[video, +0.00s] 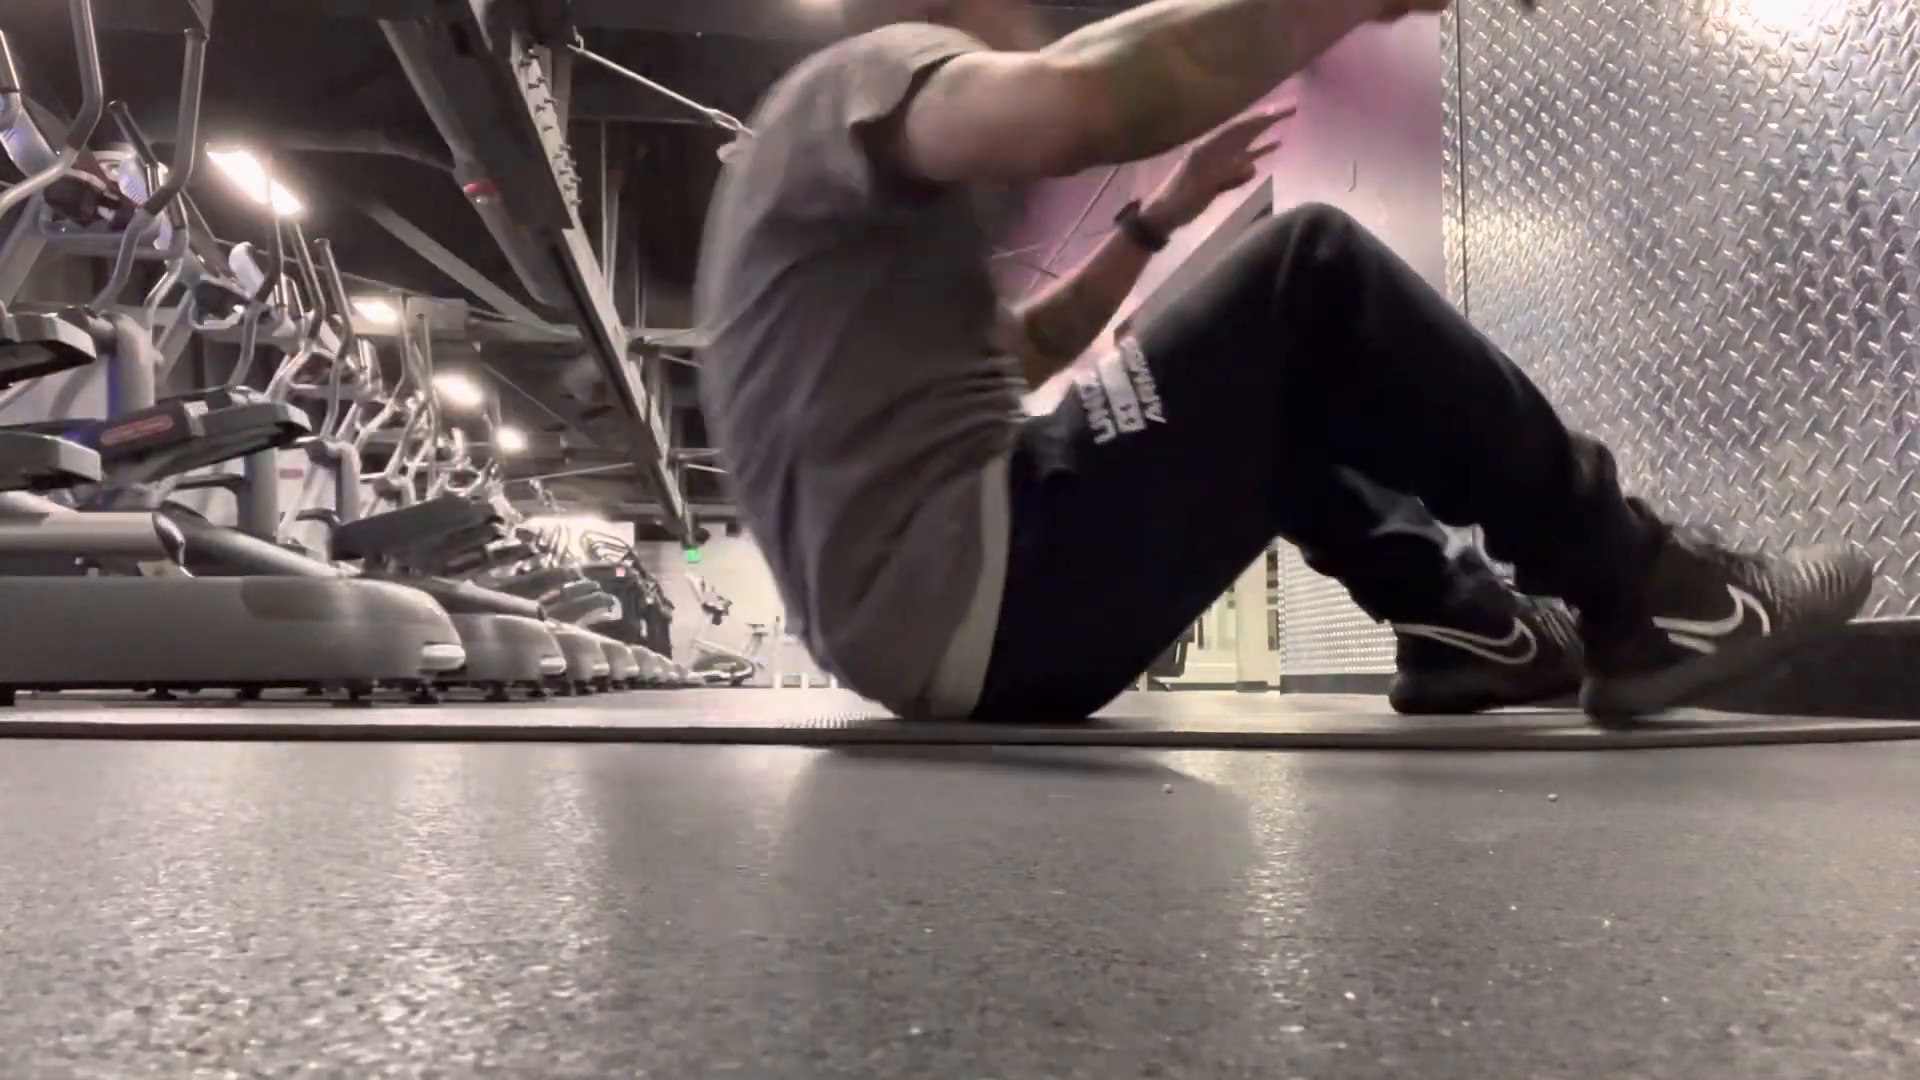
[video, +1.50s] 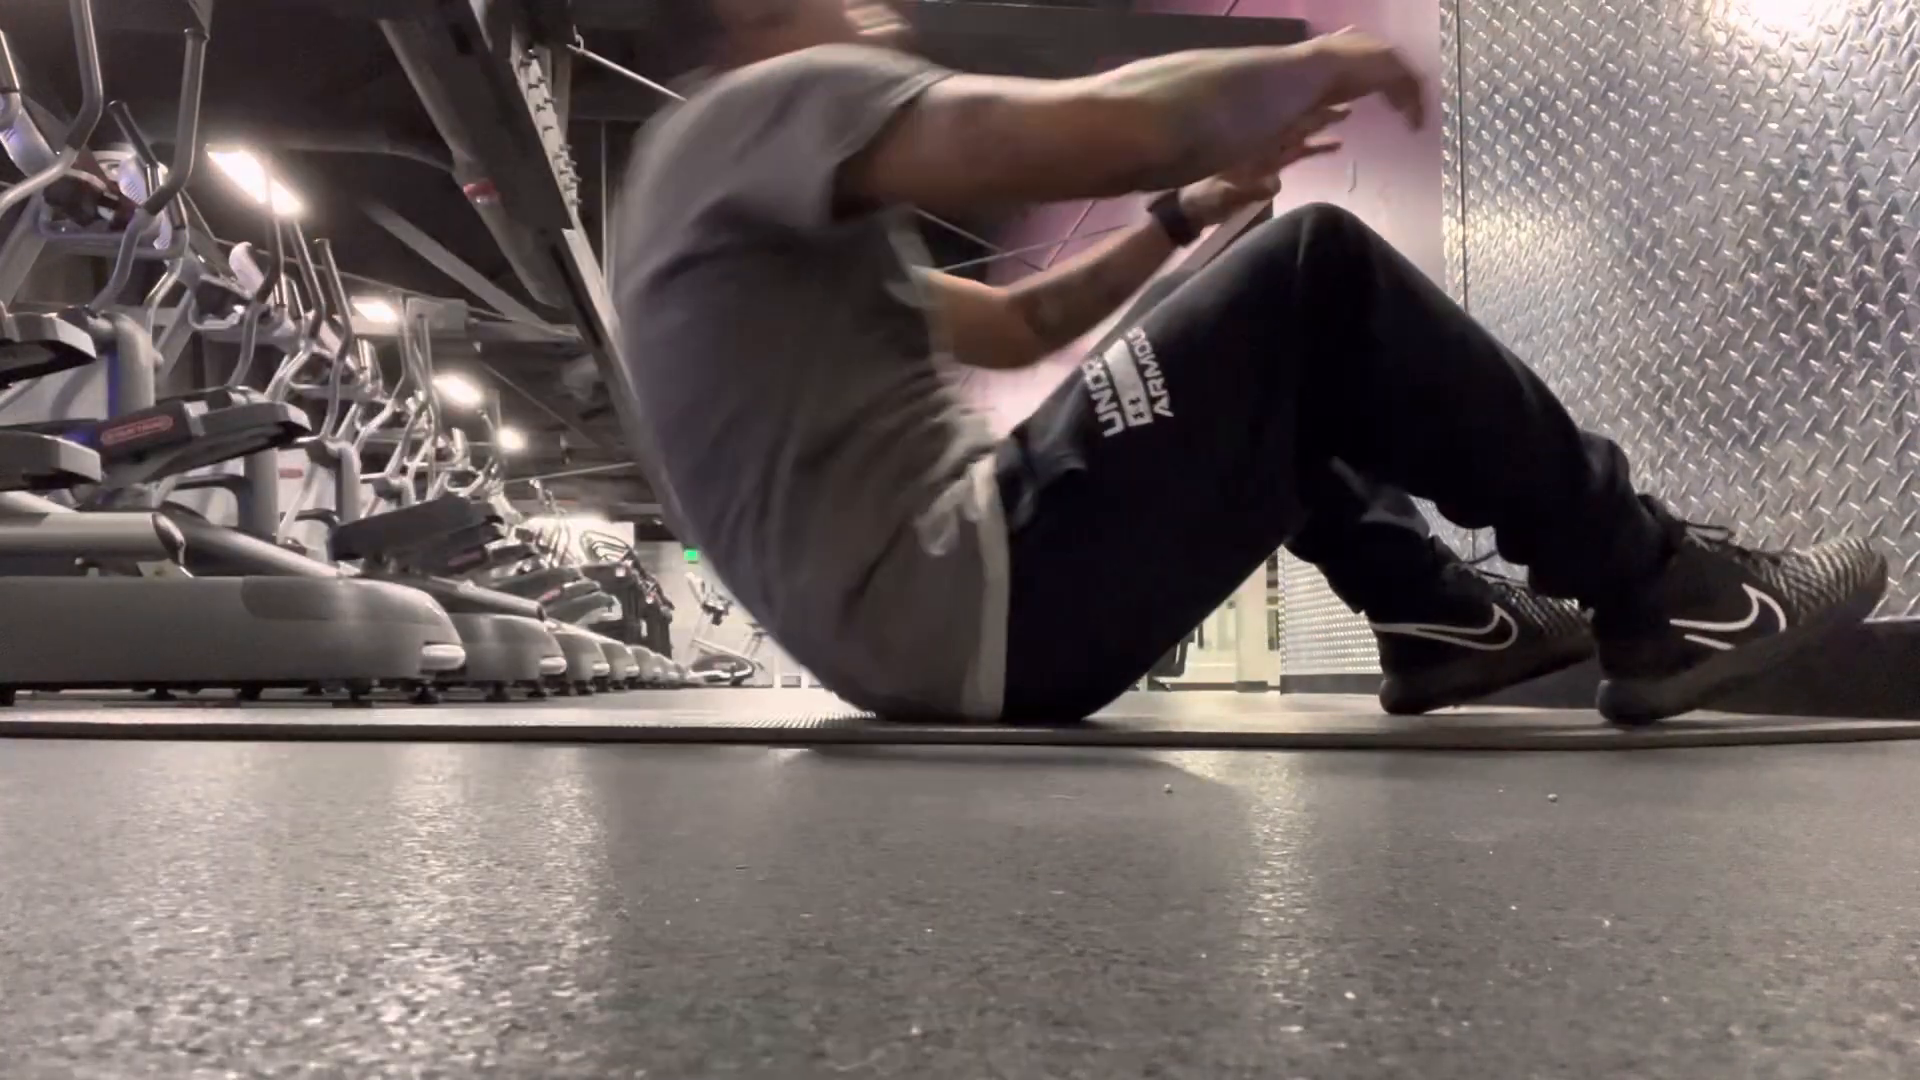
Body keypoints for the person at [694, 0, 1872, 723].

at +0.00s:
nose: (1049, 66)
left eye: (1056, 52)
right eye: (1043, 49)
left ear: (918, 23)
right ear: (981, 18)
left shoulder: (848, 171)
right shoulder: (852, 86)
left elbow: (1007, 381)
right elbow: (1100, 95)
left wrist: (1152, 224)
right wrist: (1337, 8)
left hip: (971, 607)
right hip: (990, 605)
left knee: (1243, 283)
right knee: (1305, 265)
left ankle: (1468, 625)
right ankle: (1642, 590)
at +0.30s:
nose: (1269, 29)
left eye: (1265, 25)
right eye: (1253, 15)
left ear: (1148, 6)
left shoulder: (1033, 78)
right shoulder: (1078, 62)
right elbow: (965, 201)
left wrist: (1180, 302)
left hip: (1042, 626)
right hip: (1089, 616)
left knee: (1259, 310)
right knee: (1384, 262)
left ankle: (1460, 621)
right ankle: (1695, 606)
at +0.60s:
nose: (790, 56)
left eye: (769, 30)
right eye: (747, 36)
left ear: (637, 87)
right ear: (652, 76)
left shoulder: (673, 242)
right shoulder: (676, 212)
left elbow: (945, 356)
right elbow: (1044, 235)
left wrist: (1159, 221)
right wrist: (1303, 106)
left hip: (985, 590)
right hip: (1022, 622)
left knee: (1263, 289)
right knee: (1348, 280)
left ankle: (1459, 630)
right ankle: (1667, 597)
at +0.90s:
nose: (275, 308)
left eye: (255, 295)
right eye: (228, 324)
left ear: (286, 324)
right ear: (197, 433)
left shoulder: (422, 450)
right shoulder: (314, 515)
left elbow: (635, 428)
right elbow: (366, 255)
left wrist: (554, 260)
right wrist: (413, 103)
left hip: (894, 510)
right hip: (908, 578)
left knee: (1218, 335)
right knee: (1278, 264)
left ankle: (1435, 614)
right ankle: (1642, 592)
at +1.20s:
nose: (415, 216)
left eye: (383, 198)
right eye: (359, 212)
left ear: (309, 295)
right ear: (280, 308)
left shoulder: (447, 413)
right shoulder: (365, 416)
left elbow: (703, 327)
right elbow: (632, 253)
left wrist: (851, 143)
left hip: (888, 538)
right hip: (924, 595)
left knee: (1200, 345)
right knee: (1281, 273)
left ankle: (1440, 616)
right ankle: (1640, 580)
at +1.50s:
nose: (899, 46)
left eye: (891, 39)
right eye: (873, 28)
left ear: (719, 45)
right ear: (781, 20)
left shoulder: (750, 230)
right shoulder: (746, 121)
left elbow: (1013, 327)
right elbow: (1131, 125)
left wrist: (1188, 217)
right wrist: (1343, 63)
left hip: (964, 626)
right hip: (988, 605)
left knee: (1221, 331)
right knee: (1307, 268)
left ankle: (1450, 623)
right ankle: (1659, 590)